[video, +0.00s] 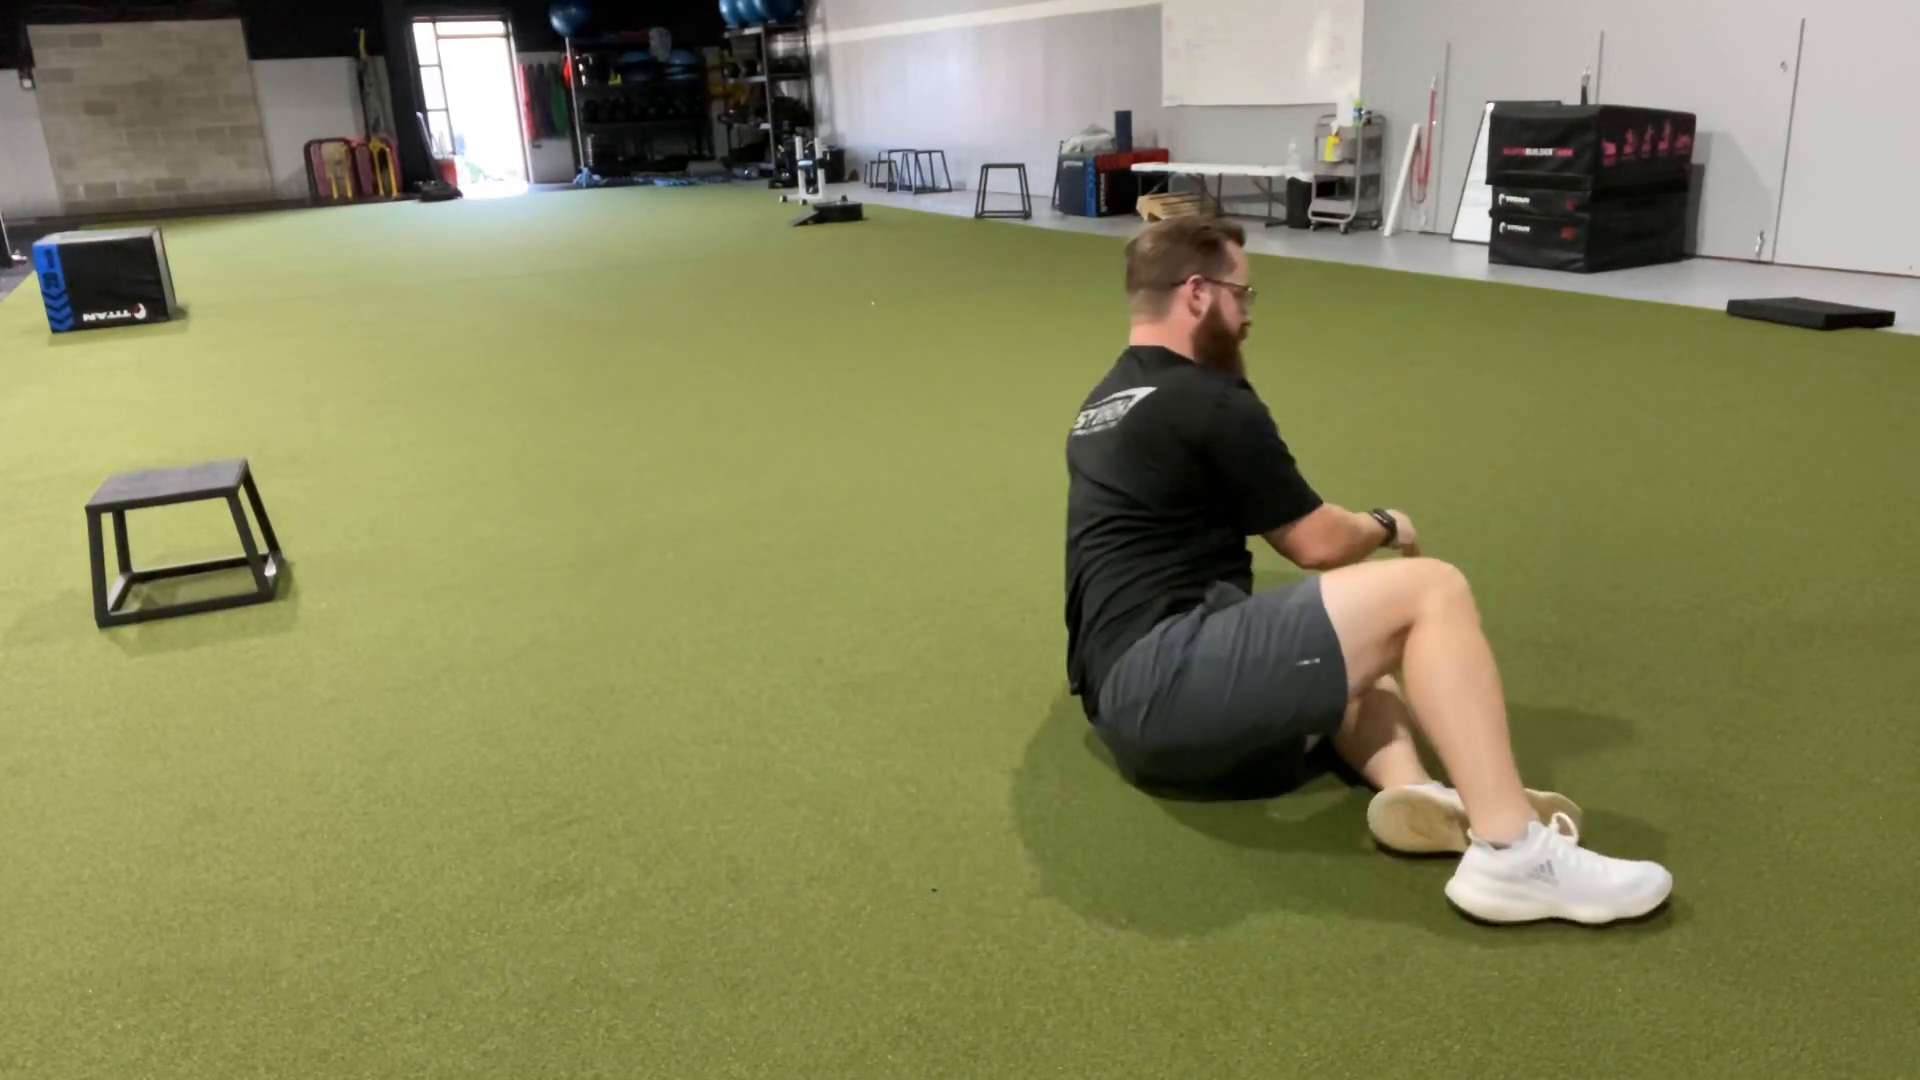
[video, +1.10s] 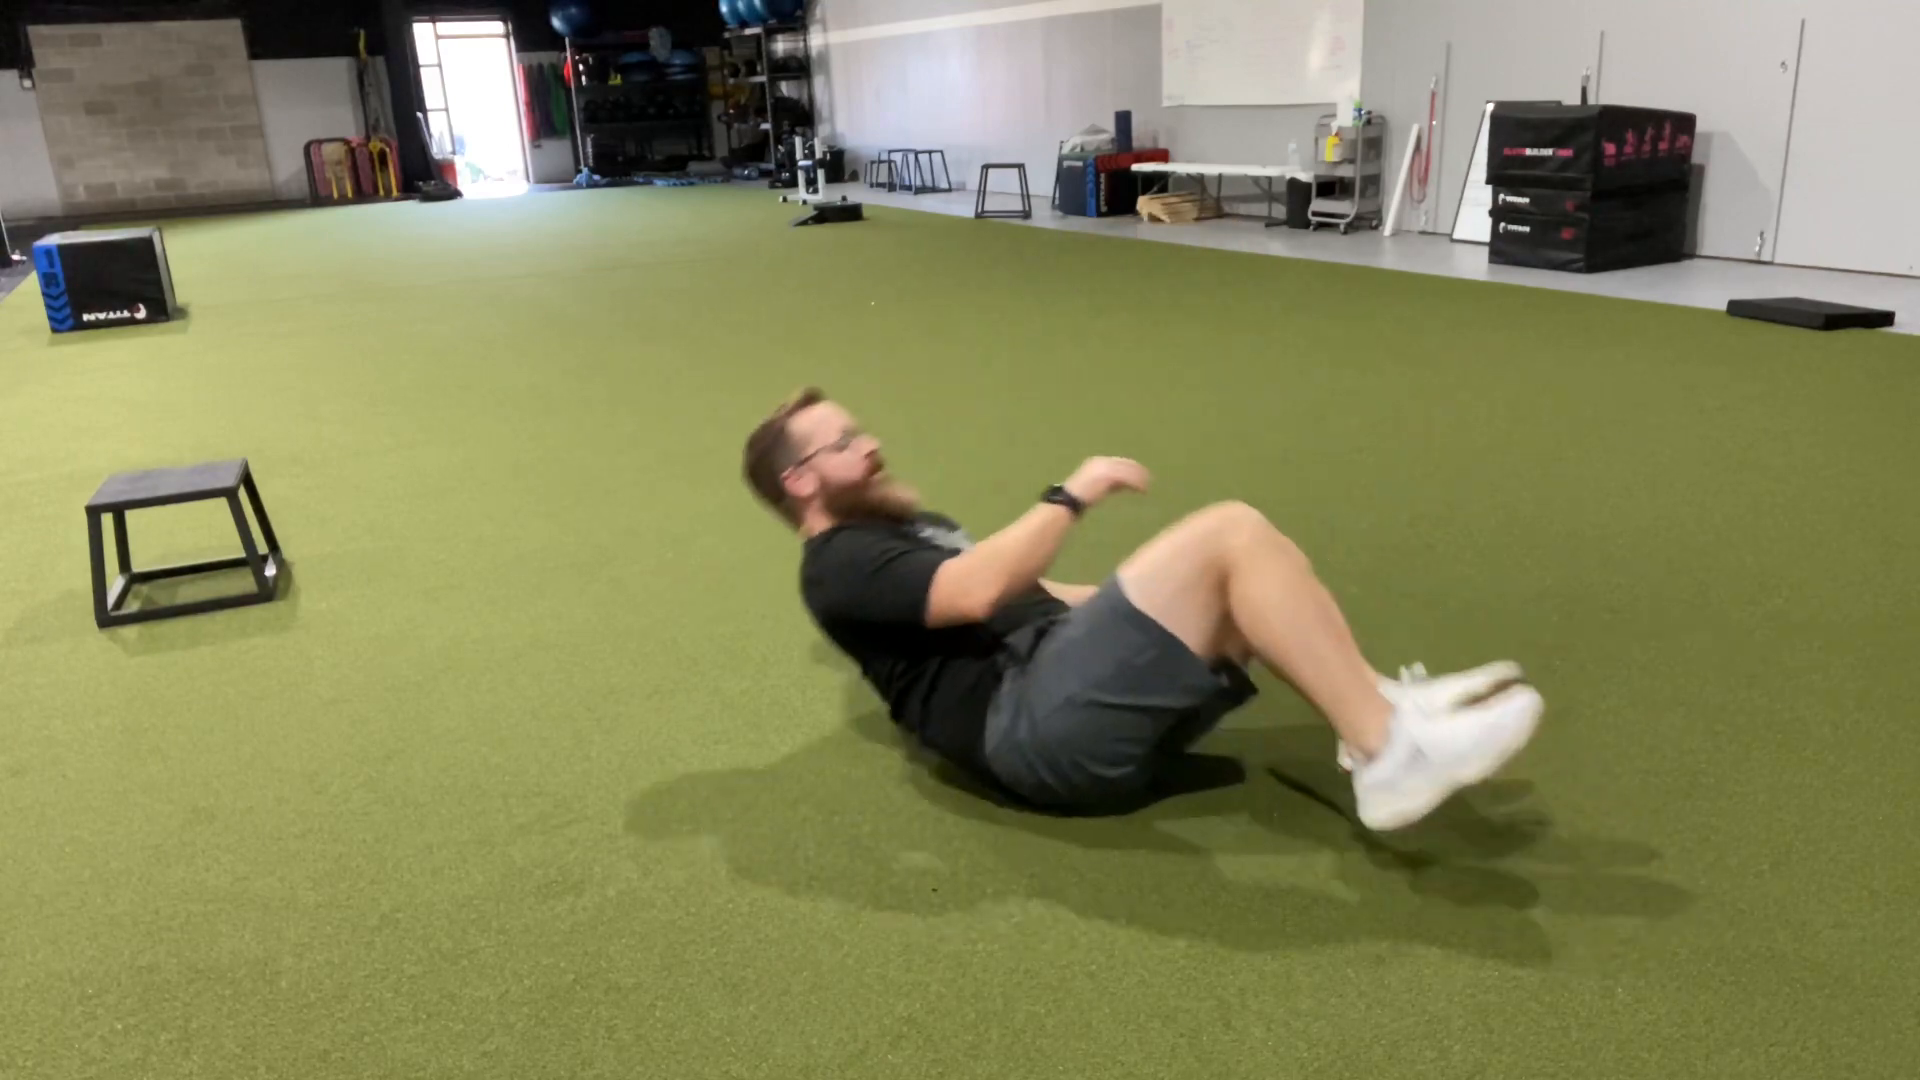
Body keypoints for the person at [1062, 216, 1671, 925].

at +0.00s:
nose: (1248, 317)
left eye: (1248, 299)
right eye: (1242, 298)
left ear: (1162, 303)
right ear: (1196, 298)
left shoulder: (1114, 396)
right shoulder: (1211, 402)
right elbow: (1317, 539)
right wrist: (1384, 527)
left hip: (1146, 733)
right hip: (1169, 676)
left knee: (1355, 679)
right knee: (1431, 590)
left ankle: (1410, 787)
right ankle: (1512, 847)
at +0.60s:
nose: (1157, 315)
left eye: (1151, 298)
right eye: (1142, 300)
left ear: (1085, 318)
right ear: (1088, 317)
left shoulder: (1071, 415)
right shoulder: (1105, 422)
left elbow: (1174, 556)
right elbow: (1222, 550)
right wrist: (1324, 523)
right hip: (1134, 690)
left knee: (1347, 680)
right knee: (1392, 599)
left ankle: (1407, 789)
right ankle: (1515, 849)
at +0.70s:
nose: (1104, 330)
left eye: (1097, 314)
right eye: (1087, 316)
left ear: (1031, 339)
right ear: (1030, 337)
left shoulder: (1037, 435)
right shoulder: (1048, 442)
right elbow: (1183, 557)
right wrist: (1288, 521)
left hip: (1129, 714)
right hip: (1118, 692)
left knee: (1341, 683)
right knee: (1375, 604)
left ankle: (1420, 792)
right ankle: (1508, 848)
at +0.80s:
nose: (1043, 355)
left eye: (1035, 340)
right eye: (1022, 345)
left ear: (973, 370)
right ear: (969, 370)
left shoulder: (998, 459)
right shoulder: (992, 469)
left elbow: (1099, 574)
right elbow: (1132, 567)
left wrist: (1188, 548)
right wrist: (1244, 520)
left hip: (1114, 712)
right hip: (1092, 702)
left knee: (1334, 678)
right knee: (1352, 599)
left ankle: (1418, 791)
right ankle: (1495, 839)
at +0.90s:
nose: (981, 384)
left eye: (973, 369)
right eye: (959, 376)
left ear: (926, 400)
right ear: (905, 409)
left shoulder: (962, 482)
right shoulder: (930, 500)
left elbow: (1067, 578)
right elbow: (1082, 576)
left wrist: (1143, 546)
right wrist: (1193, 513)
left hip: (1107, 703)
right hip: (1075, 712)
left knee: (1319, 620)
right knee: (1322, 587)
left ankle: (1404, 781)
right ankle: (1466, 824)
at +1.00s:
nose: (930, 409)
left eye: (920, 395)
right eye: (906, 402)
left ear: (877, 430)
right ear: (856, 441)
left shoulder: (932, 500)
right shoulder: (888, 529)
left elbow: (1032, 588)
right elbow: (1036, 581)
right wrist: (1142, 505)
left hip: (1089, 700)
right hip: (1060, 721)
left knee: (1290, 596)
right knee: (1287, 568)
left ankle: (1409, 762)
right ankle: (1434, 801)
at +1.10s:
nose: (863, 445)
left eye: (857, 432)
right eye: (838, 443)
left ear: (866, 450)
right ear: (798, 490)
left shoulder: (915, 535)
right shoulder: (836, 564)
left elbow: (1045, 599)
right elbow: (976, 588)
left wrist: (1172, 614)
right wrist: (1068, 495)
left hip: (1088, 714)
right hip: (1039, 726)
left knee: (1259, 560)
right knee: (1228, 531)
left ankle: (1396, 717)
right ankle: (1382, 754)